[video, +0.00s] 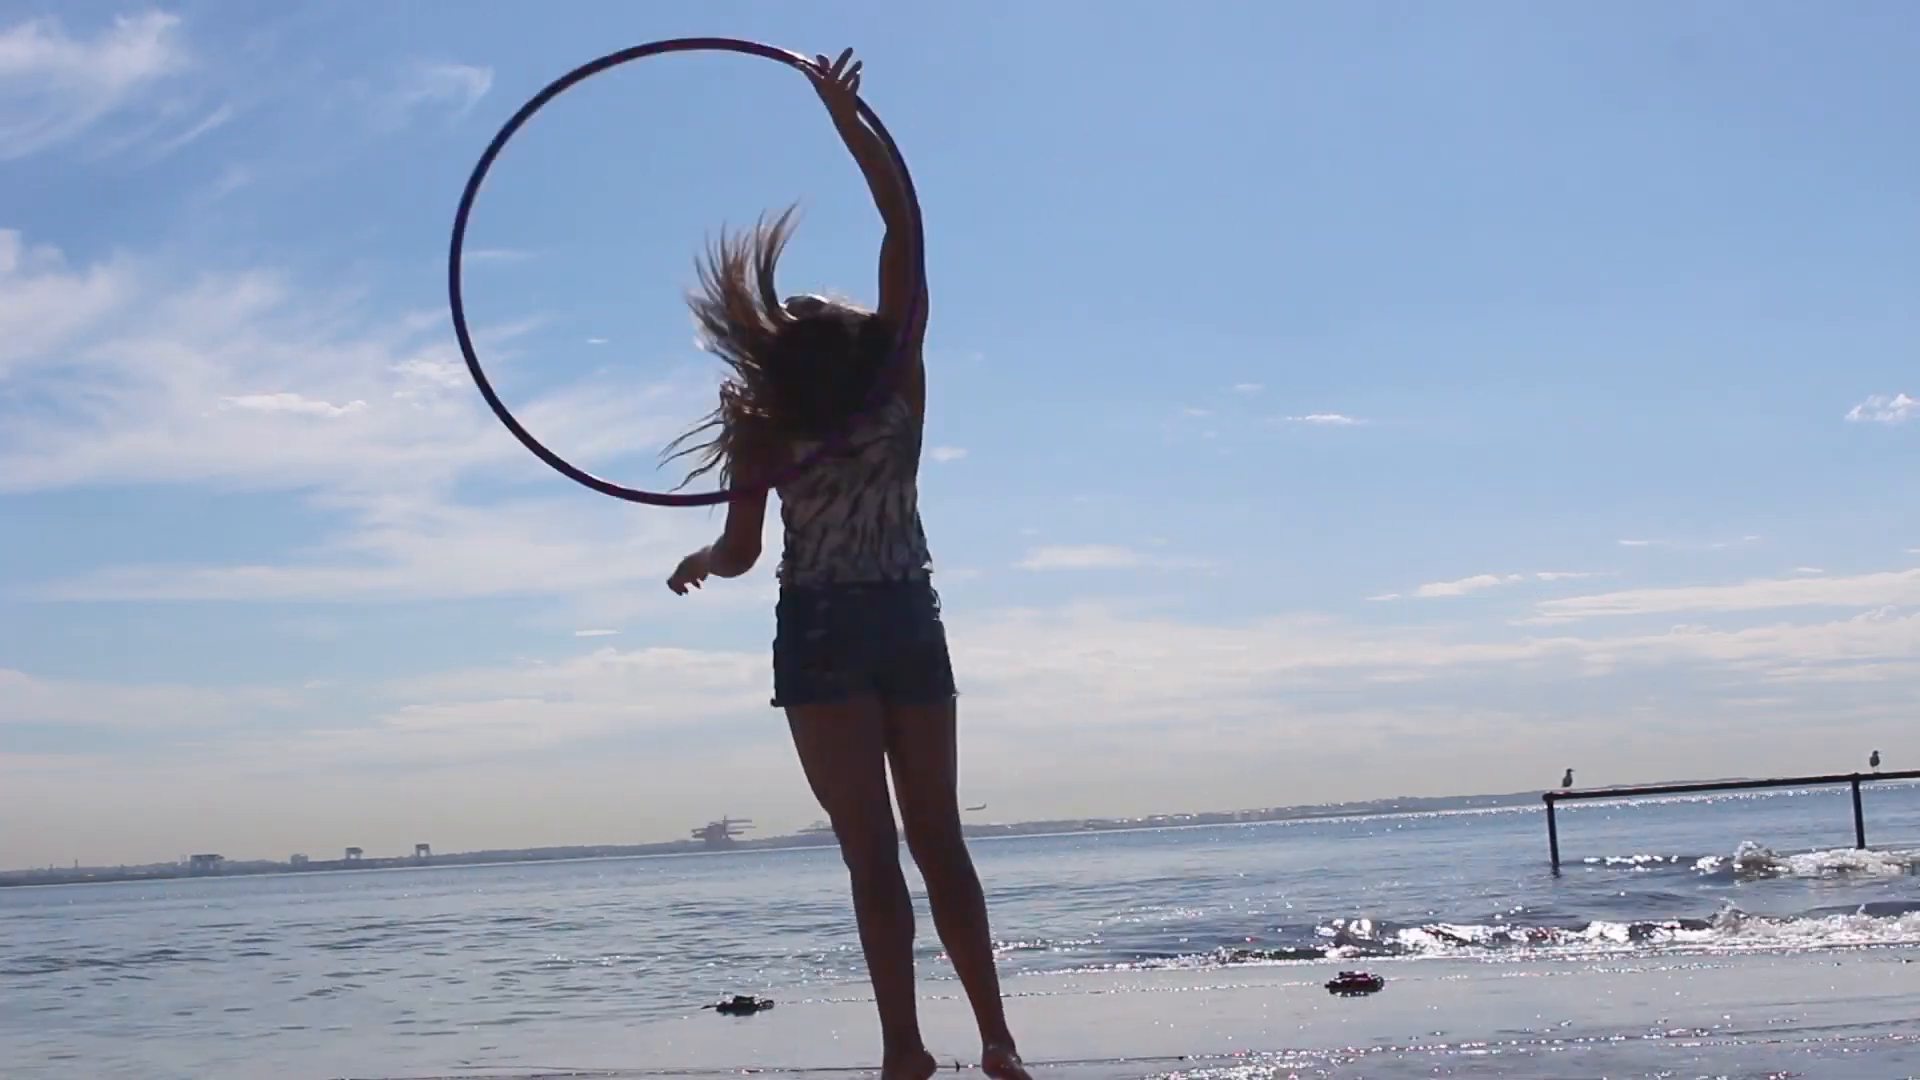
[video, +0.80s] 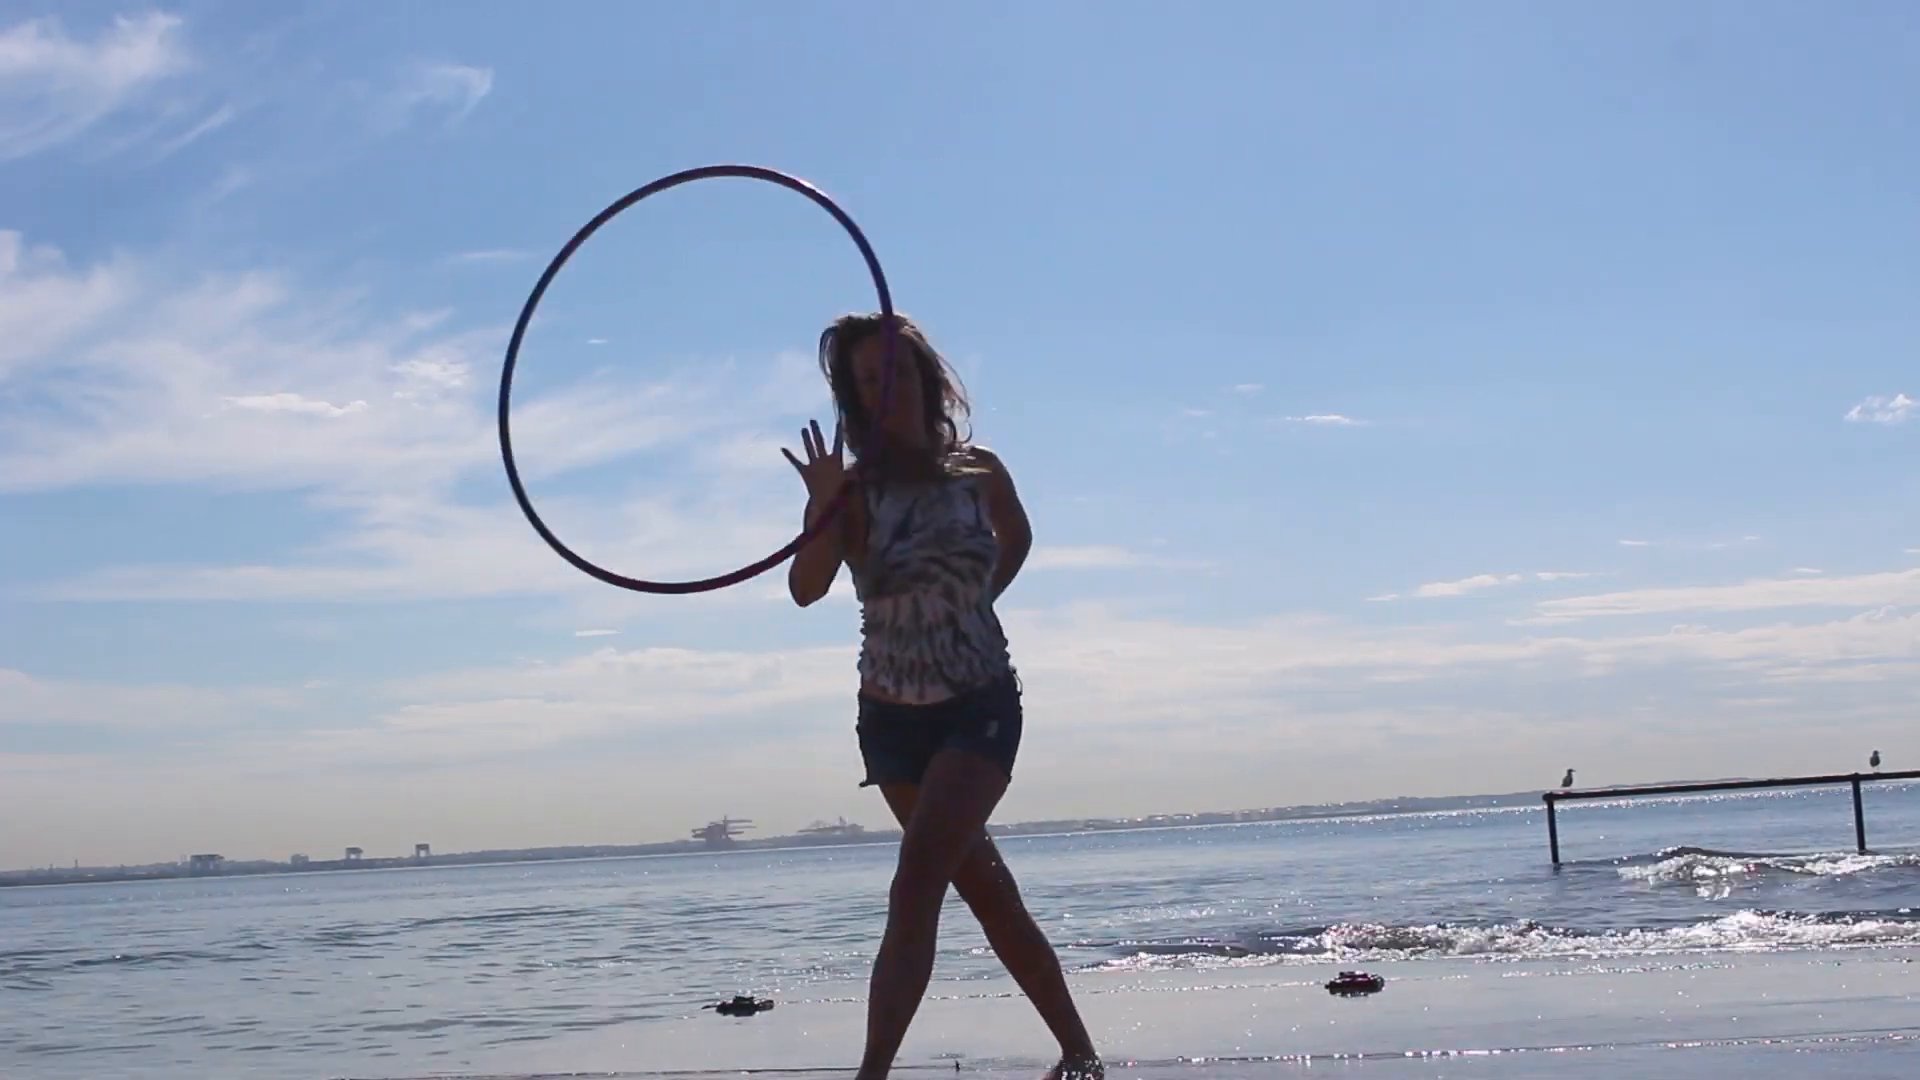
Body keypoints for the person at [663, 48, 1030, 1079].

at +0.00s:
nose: (818, 315)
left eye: (795, 322)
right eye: (836, 316)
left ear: (779, 358)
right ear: (860, 342)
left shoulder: (759, 417)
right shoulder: (896, 380)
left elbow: (745, 545)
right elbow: (902, 225)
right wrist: (850, 114)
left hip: (816, 634)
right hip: (909, 619)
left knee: (869, 853)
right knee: (942, 838)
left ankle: (905, 1051)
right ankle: (995, 1040)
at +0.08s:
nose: (817, 321)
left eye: (830, 332)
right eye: (835, 319)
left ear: (839, 372)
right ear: (847, 357)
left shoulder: (793, 441)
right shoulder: (876, 387)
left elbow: (803, 573)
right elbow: (837, 229)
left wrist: (756, 660)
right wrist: (792, 126)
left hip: (848, 639)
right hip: (920, 628)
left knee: (872, 852)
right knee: (940, 837)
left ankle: (919, 1052)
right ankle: (1002, 1038)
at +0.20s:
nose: (876, 310)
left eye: (896, 322)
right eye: (883, 305)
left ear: (897, 367)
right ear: (863, 326)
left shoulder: (868, 449)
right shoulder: (810, 369)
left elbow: (900, 596)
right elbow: (732, 278)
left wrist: (846, 714)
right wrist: (724, 216)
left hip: (909, 660)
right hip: (861, 658)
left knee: (873, 861)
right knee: (882, 866)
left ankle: (912, 1059)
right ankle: (1035, 1013)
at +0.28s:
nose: (878, 340)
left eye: (895, 341)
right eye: (867, 329)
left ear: (901, 377)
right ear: (833, 352)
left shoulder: (904, 455)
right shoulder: (798, 416)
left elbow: (981, 574)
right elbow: (687, 372)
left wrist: (969, 679)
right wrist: (700, 297)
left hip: (926, 683)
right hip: (848, 687)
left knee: (880, 890)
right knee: (839, 897)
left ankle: (907, 1068)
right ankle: (1001, 987)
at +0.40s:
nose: (880, 366)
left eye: (895, 356)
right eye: (864, 355)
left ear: (920, 378)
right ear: (840, 375)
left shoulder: (956, 480)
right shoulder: (808, 476)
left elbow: (1042, 573)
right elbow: (698, 536)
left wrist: (1130, 650)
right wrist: (669, 498)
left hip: (937, 707)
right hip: (847, 711)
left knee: (870, 896)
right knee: (814, 915)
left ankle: (903, 1062)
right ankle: (897, 981)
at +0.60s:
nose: (891, 356)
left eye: (900, 339)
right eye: (871, 348)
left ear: (925, 347)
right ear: (845, 366)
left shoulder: (966, 446)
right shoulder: (822, 469)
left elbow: (1035, 540)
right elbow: (757, 585)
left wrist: (1086, 639)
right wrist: (743, 562)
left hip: (954, 679)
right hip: (867, 688)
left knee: (881, 859)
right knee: (863, 900)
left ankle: (890, 1053)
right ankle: (1006, 979)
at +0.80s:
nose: (885, 390)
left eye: (896, 372)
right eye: (868, 381)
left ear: (924, 375)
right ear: (853, 394)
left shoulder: (979, 467)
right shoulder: (850, 487)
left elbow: (1016, 542)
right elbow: (806, 588)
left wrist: (967, 606)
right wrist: (823, 501)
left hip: (979, 698)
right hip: (889, 709)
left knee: (916, 886)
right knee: (991, 894)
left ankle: (872, 1070)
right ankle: (1080, 1052)